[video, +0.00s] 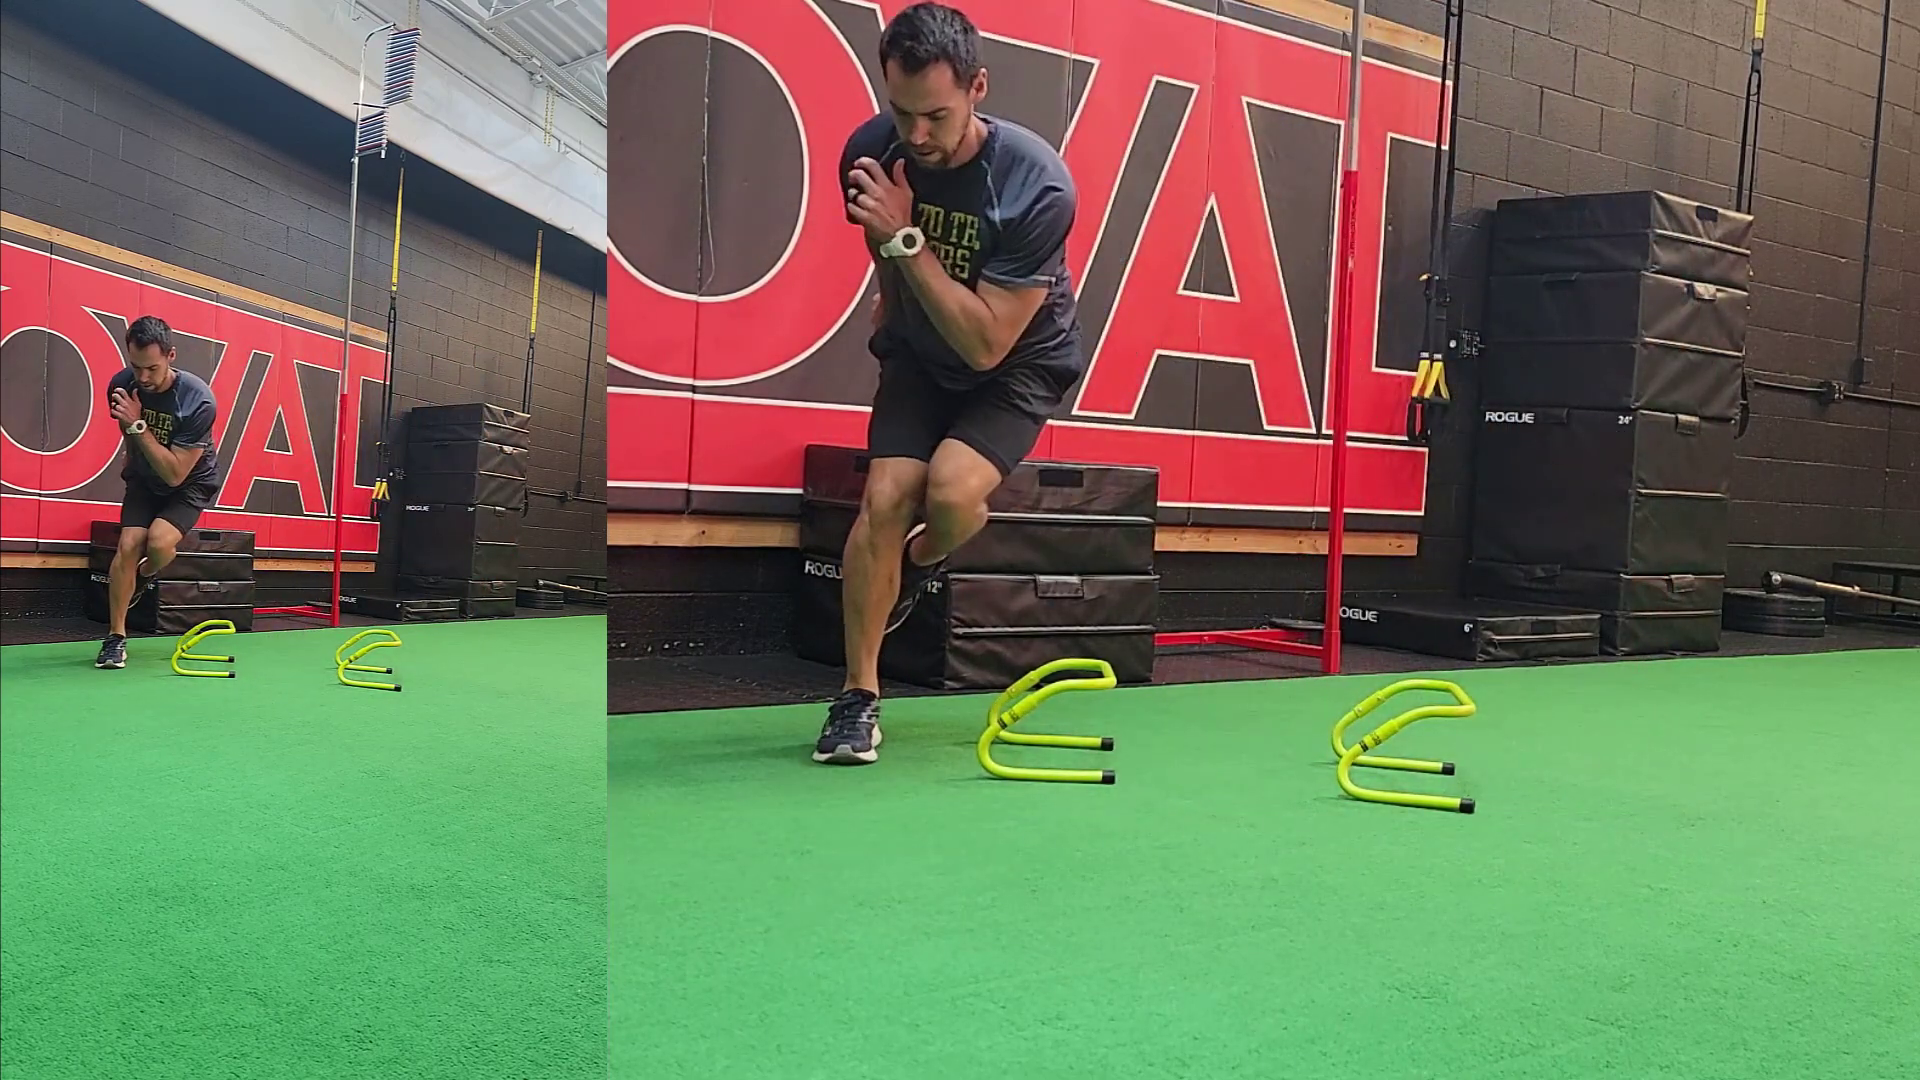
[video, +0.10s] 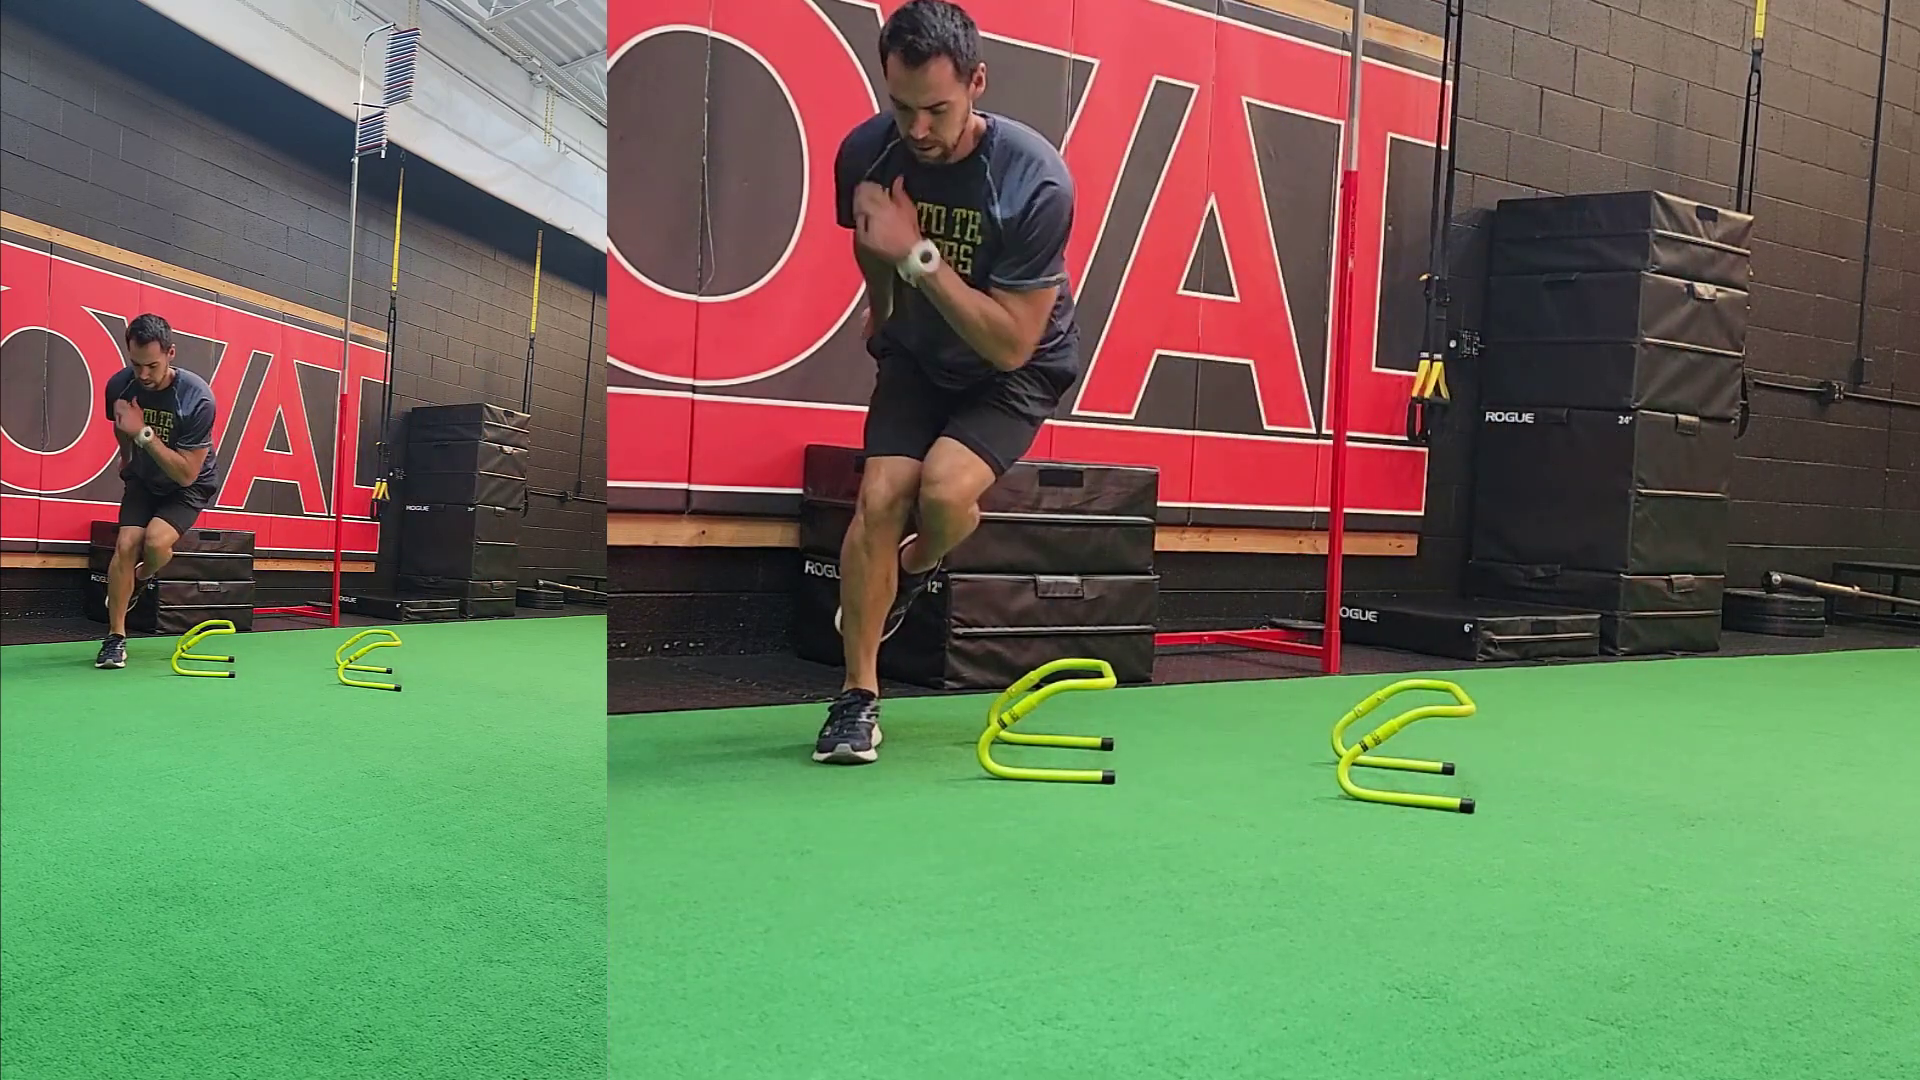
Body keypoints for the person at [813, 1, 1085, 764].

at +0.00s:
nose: (916, 134)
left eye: (936, 116)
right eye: (902, 114)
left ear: (978, 90)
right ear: (886, 91)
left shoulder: (1038, 188)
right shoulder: (874, 151)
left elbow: (987, 345)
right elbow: (889, 248)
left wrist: (904, 242)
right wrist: (887, 310)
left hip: (1022, 362)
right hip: (920, 348)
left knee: (955, 490)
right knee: (884, 501)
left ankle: (918, 563)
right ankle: (859, 695)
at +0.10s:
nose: (918, 129)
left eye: (937, 110)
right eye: (903, 108)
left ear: (977, 85)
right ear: (884, 86)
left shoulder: (1037, 183)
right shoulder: (866, 155)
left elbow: (1013, 345)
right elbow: (873, 248)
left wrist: (916, 257)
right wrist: (876, 313)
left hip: (1018, 366)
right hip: (918, 349)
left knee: (945, 487)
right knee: (879, 499)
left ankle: (917, 567)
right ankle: (858, 694)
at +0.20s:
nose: (935, 114)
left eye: (953, 94)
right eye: (918, 93)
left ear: (986, 71)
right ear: (895, 74)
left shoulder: (1046, 169)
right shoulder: (873, 161)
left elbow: (1080, 315)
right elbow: (865, 284)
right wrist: (853, 388)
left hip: (1020, 358)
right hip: (922, 350)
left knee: (963, 476)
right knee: (882, 501)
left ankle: (954, 568)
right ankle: (860, 696)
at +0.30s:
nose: (975, 92)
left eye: (991, 70)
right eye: (956, 74)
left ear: (1018, 52)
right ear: (931, 60)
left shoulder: (1074, 152)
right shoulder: (898, 151)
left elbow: (1144, 284)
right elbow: (874, 287)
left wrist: (1175, 408)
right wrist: (855, 405)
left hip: (1050, 348)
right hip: (943, 350)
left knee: (998, 480)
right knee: (891, 502)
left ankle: (1083, 522)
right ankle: (861, 696)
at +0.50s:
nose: (1117, 14)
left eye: (1131, 2)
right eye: (1102, 2)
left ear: (1149, 1)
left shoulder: (1201, 76)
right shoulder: (1017, 65)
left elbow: (1253, 189)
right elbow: (988, 174)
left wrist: (1264, 309)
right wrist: (990, 257)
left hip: (1156, 298)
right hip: (1048, 296)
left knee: (1160, 485)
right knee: (985, 462)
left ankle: (1201, 668)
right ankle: (905, 643)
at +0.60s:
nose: (1187, 13)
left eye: (1201, 1)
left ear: (1220, 2)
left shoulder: (1263, 85)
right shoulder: (1084, 71)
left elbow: (1290, 214)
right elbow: (1034, 175)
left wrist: (1259, 326)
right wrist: (996, 284)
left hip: (1207, 309)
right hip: (1106, 292)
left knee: (1199, 514)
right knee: (1088, 428)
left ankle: (1192, 694)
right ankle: (1063, 494)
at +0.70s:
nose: (1240, 10)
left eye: (1251, 1)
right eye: (1223, 1)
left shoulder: (1313, 63)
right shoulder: (1131, 58)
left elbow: (1337, 202)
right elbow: (1082, 144)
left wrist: (1280, 189)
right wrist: (1044, 244)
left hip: (1271, 289)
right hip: (1170, 267)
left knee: (1248, 485)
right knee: (1209, 383)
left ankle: (1205, 687)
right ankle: (1182, 528)